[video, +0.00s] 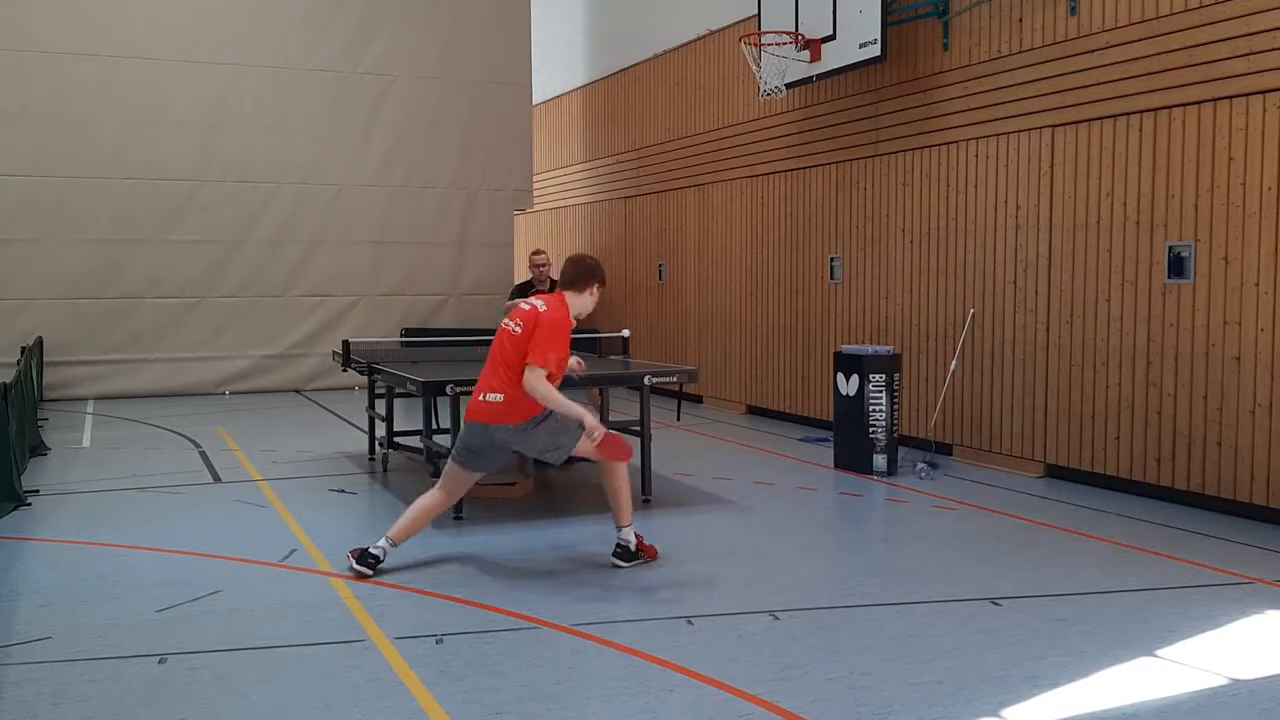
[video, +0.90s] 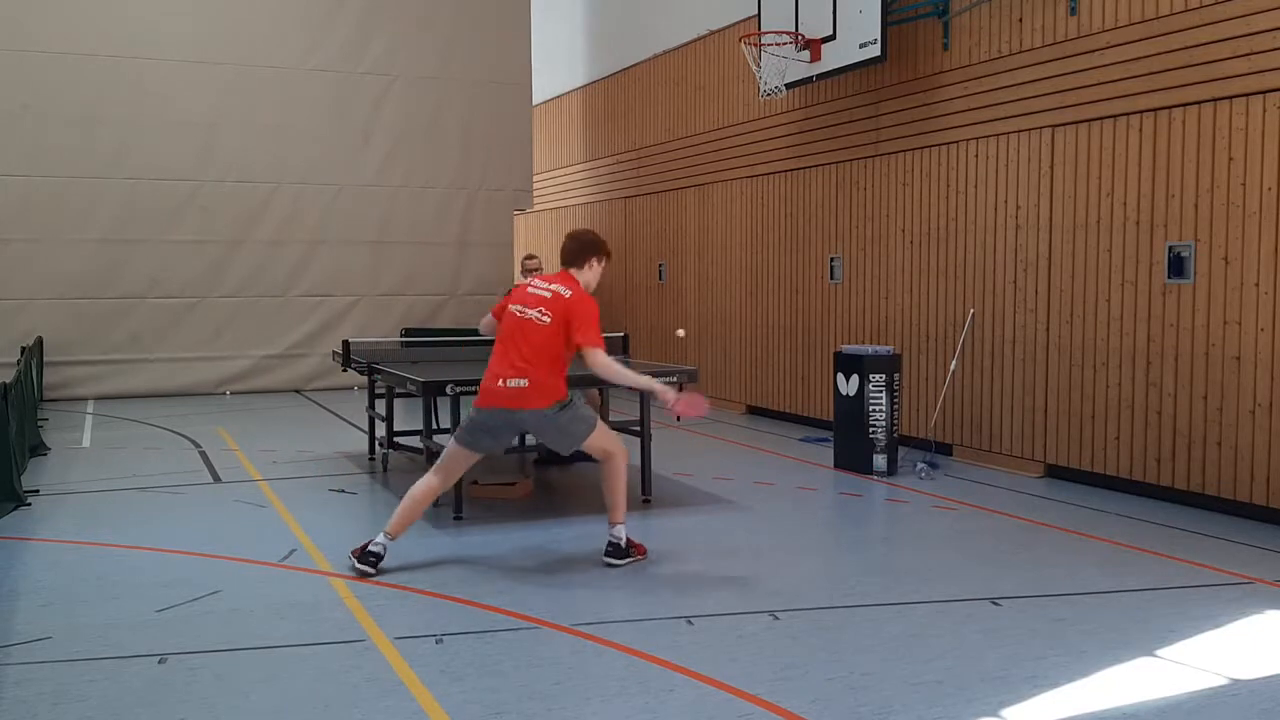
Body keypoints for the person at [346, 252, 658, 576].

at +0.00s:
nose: (596, 303)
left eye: (598, 296)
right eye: (598, 295)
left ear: (561, 282)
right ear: (591, 290)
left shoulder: (526, 305)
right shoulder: (557, 316)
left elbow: (513, 357)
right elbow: (534, 380)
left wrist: (560, 362)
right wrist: (582, 414)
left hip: (480, 420)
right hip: (524, 421)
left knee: (442, 493)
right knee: (610, 449)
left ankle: (378, 550)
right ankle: (628, 541)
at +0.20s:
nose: (558, 261)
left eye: (558, 254)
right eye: (557, 254)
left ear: (516, 246)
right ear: (546, 249)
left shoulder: (477, 273)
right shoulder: (551, 285)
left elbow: (443, 321)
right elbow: (592, 317)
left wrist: (486, 303)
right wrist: (577, 277)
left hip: (468, 401)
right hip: (525, 406)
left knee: (407, 461)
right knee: (584, 451)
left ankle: (371, 546)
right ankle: (610, 533)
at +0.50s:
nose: (523, 244)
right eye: (525, 239)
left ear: (490, 243)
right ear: (525, 244)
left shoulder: (467, 276)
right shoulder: (541, 285)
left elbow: (423, 330)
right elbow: (561, 347)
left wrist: (447, 313)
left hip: (468, 403)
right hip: (526, 406)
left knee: (403, 460)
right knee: (571, 459)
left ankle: (365, 548)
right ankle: (604, 536)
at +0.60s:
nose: (548, 251)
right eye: (549, 247)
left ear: (512, 248)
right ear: (548, 251)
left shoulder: (482, 279)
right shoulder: (557, 292)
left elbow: (450, 337)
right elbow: (564, 360)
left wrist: (488, 331)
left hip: (470, 394)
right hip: (526, 399)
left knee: (416, 464)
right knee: (581, 457)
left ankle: (372, 548)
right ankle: (611, 539)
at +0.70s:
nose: (578, 284)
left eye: (576, 279)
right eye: (579, 278)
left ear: (540, 271)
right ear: (574, 277)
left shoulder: (509, 297)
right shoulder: (564, 311)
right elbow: (555, 373)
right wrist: (591, 418)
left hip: (472, 414)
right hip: (525, 417)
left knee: (429, 481)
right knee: (598, 455)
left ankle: (373, 548)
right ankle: (617, 542)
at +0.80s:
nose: (599, 294)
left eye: (599, 287)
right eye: (599, 287)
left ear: (563, 280)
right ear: (591, 286)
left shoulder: (528, 305)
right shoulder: (567, 312)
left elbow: (514, 362)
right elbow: (556, 374)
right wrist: (604, 411)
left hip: (483, 416)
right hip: (531, 418)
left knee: (440, 491)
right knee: (613, 449)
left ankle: (376, 549)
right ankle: (620, 541)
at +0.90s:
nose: (601, 275)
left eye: (601, 267)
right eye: (601, 267)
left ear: (565, 259)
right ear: (590, 264)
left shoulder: (524, 286)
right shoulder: (581, 300)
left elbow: (487, 326)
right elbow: (598, 362)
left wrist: (526, 334)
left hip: (493, 402)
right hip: (546, 405)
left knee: (439, 476)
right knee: (614, 451)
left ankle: (377, 546)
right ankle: (618, 540)